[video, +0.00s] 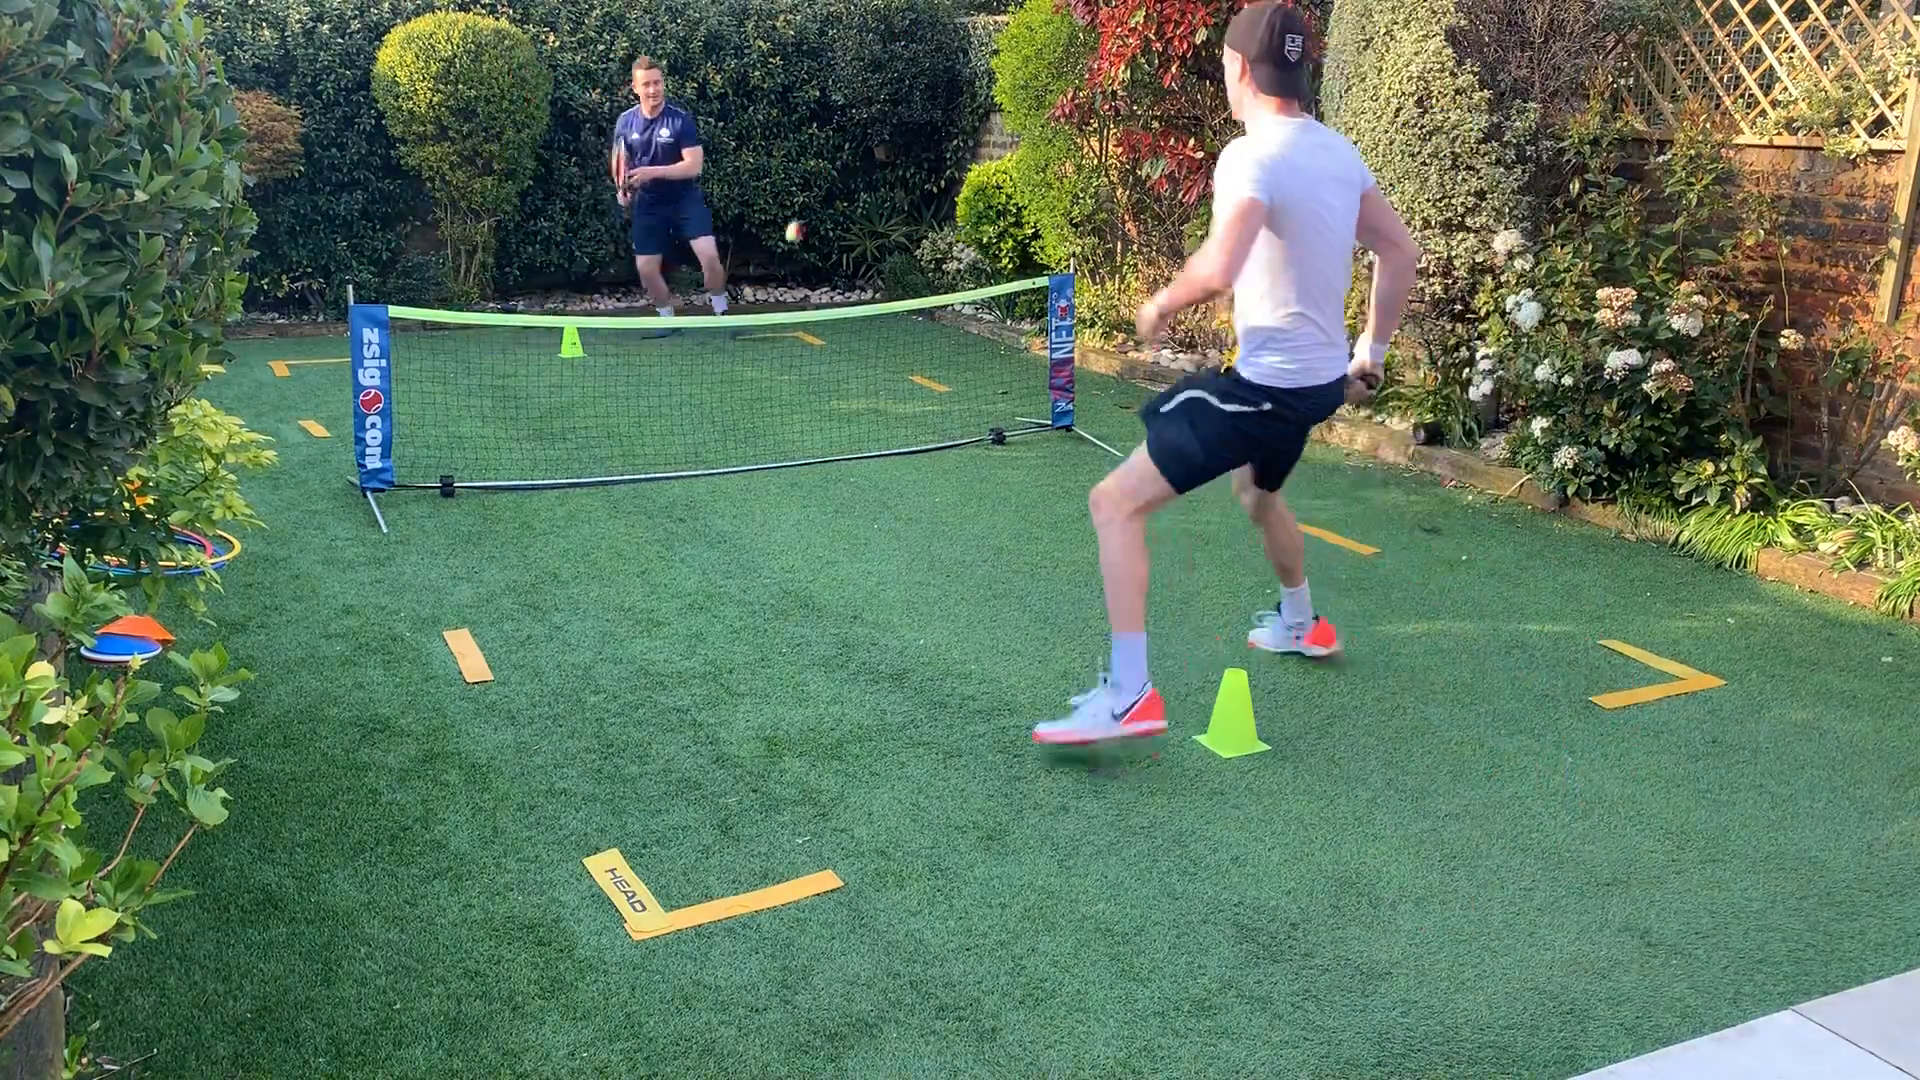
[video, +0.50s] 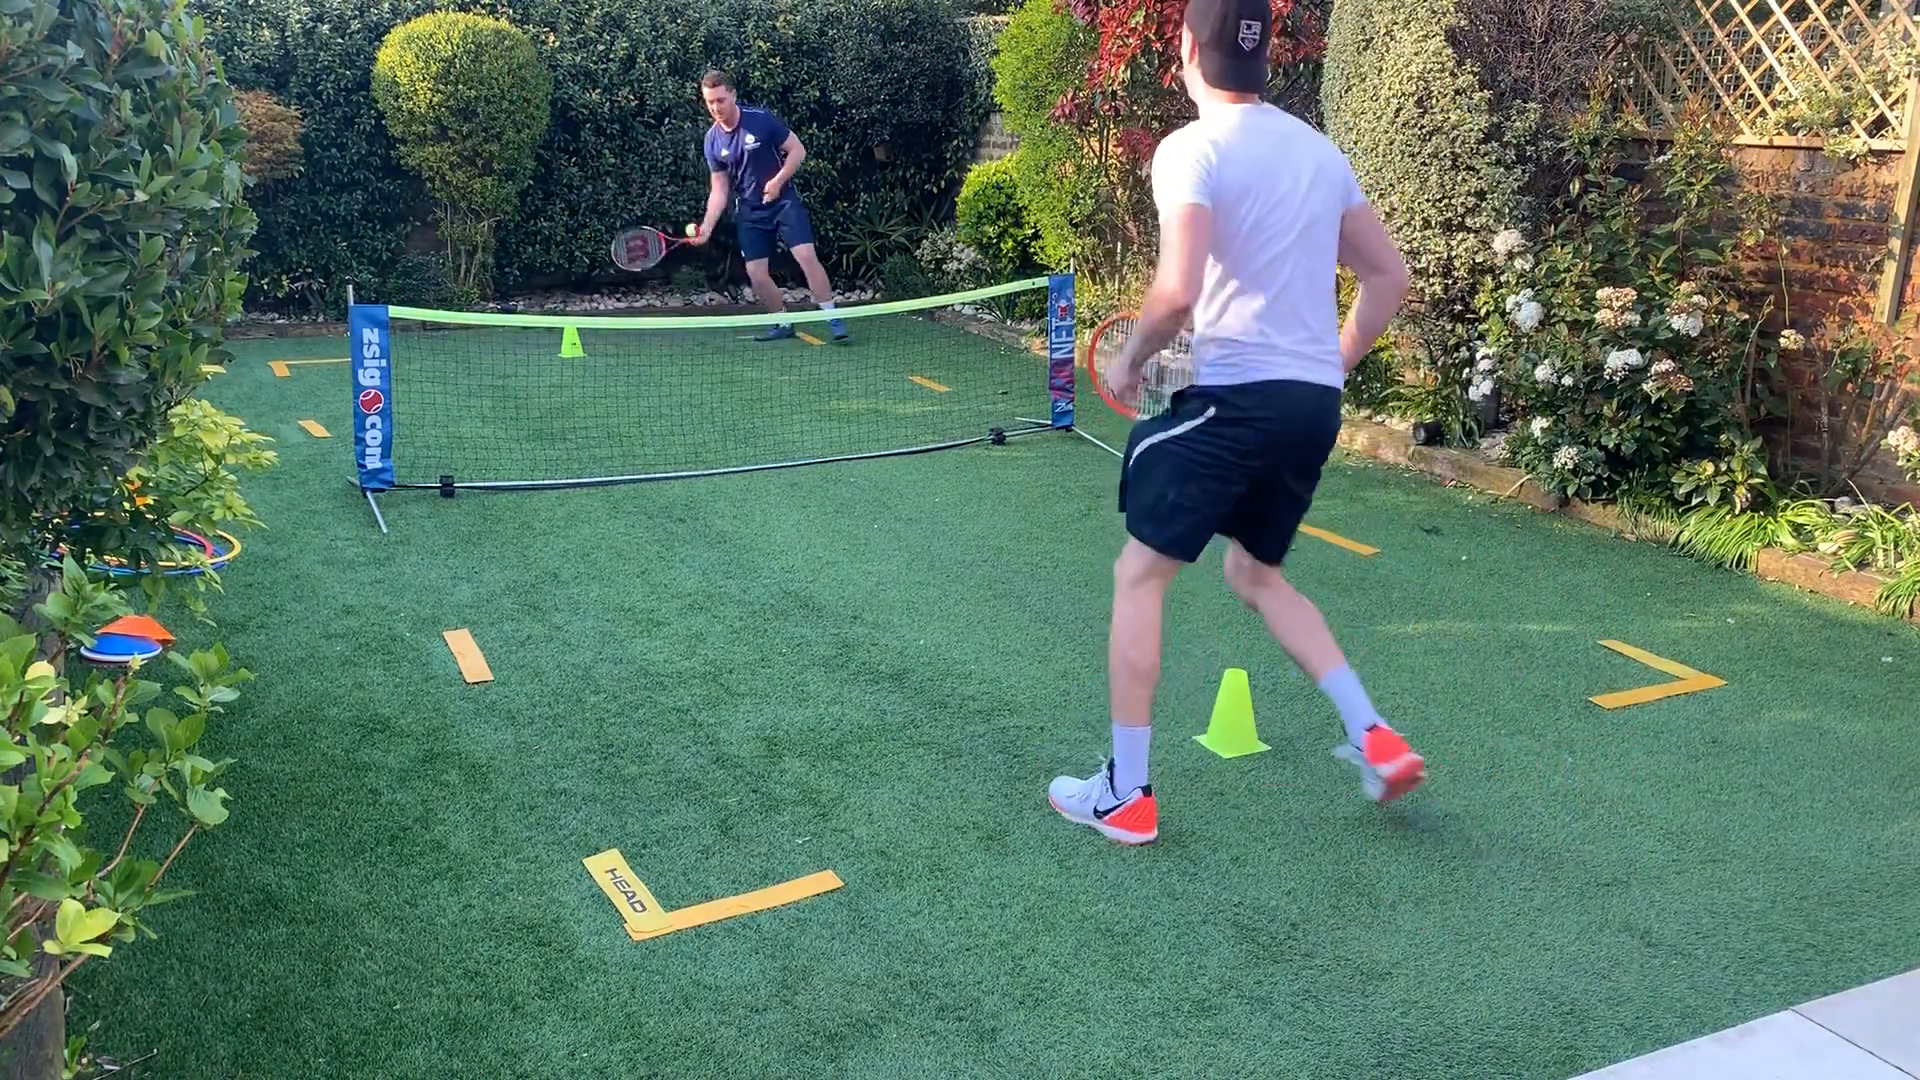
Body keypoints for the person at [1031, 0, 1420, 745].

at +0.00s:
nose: (1225, 82)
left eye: (1227, 69)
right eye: (1225, 69)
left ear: (1241, 71)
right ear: (1303, 71)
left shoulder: (1252, 154)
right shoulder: (1340, 153)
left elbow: (1217, 270)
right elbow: (1399, 248)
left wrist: (1160, 304)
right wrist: (1374, 346)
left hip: (1265, 383)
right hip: (1322, 378)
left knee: (1114, 501)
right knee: (1258, 492)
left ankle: (1127, 688)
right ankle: (1299, 618)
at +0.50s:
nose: (1178, 55)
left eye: (1181, 43)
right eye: (1185, 41)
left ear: (1189, 52)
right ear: (1263, 53)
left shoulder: (1192, 149)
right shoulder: (1320, 151)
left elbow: (1178, 292)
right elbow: (1388, 274)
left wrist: (1130, 355)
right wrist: (1334, 363)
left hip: (1227, 397)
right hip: (1316, 404)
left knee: (1140, 575)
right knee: (1253, 571)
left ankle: (1124, 789)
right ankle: (1372, 735)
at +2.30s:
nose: (1309, 73)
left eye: (1311, 60)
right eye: (1310, 60)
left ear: (1329, 59)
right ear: (1378, 61)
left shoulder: (1362, 113)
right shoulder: (1392, 122)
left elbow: (1382, 223)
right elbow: (1362, 296)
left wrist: (1340, 335)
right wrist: (1268, 365)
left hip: (1436, 343)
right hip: (1423, 343)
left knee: (1406, 542)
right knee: (1373, 506)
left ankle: (1485, 745)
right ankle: (1384, 677)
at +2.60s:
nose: (1296, 54)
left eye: (1300, 39)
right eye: (1299, 39)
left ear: (1320, 47)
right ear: (1371, 50)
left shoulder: (1343, 134)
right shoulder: (1396, 130)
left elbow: (1320, 268)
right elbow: (1364, 262)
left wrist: (1273, 344)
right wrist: (1270, 285)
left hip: (1385, 361)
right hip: (1397, 353)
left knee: (1403, 549)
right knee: (1303, 462)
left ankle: (1482, 733)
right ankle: (1367, 621)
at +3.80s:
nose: (1154, 59)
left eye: (1158, 43)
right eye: (1160, 43)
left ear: (1173, 53)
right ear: (1242, 55)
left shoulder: (1158, 154)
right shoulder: (1311, 155)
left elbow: (1111, 318)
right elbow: (1388, 276)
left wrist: (1103, 363)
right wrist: (1343, 389)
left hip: (1245, 405)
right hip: (1317, 404)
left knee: (1212, 636)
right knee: (1195, 576)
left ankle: (1269, 873)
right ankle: (1133, 726)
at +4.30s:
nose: (1377, 89)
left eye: (1381, 75)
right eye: (1384, 73)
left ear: (1398, 83)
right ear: (1461, 86)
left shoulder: (1373, 193)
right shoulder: (1526, 181)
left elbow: (1350, 366)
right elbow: (1582, 324)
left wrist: (1362, 376)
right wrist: (1500, 374)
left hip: (1447, 450)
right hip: (1542, 443)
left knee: (1349, 658)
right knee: (1552, 633)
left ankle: (1297, 882)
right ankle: (1639, 825)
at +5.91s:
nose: (715, 129)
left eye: (715, 118)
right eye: (720, 118)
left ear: (724, 127)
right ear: (787, 121)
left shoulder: (789, 192)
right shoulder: (805, 188)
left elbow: (782, 301)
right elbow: (835, 320)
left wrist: (680, 395)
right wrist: (770, 380)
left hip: (834, 421)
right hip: (797, 404)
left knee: (682, 540)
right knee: (692, 525)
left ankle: (786, 692)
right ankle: (680, 662)